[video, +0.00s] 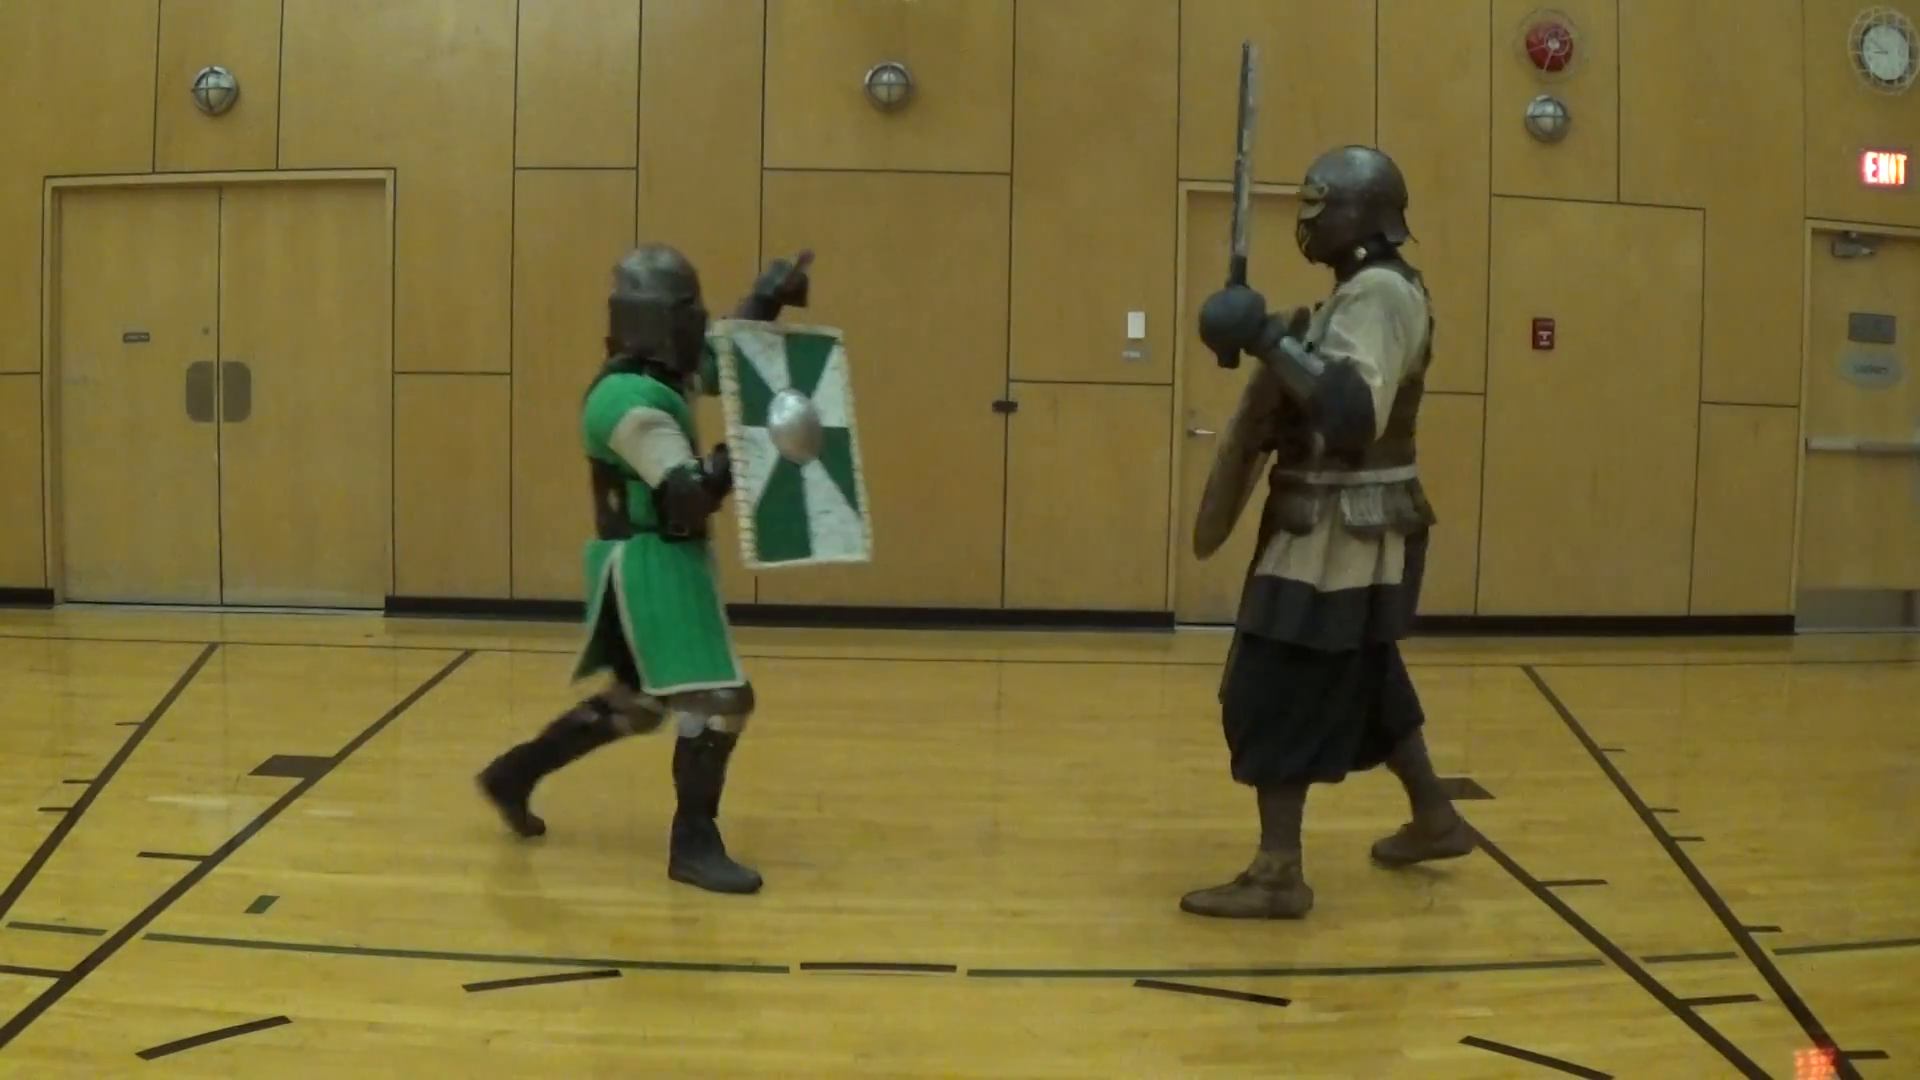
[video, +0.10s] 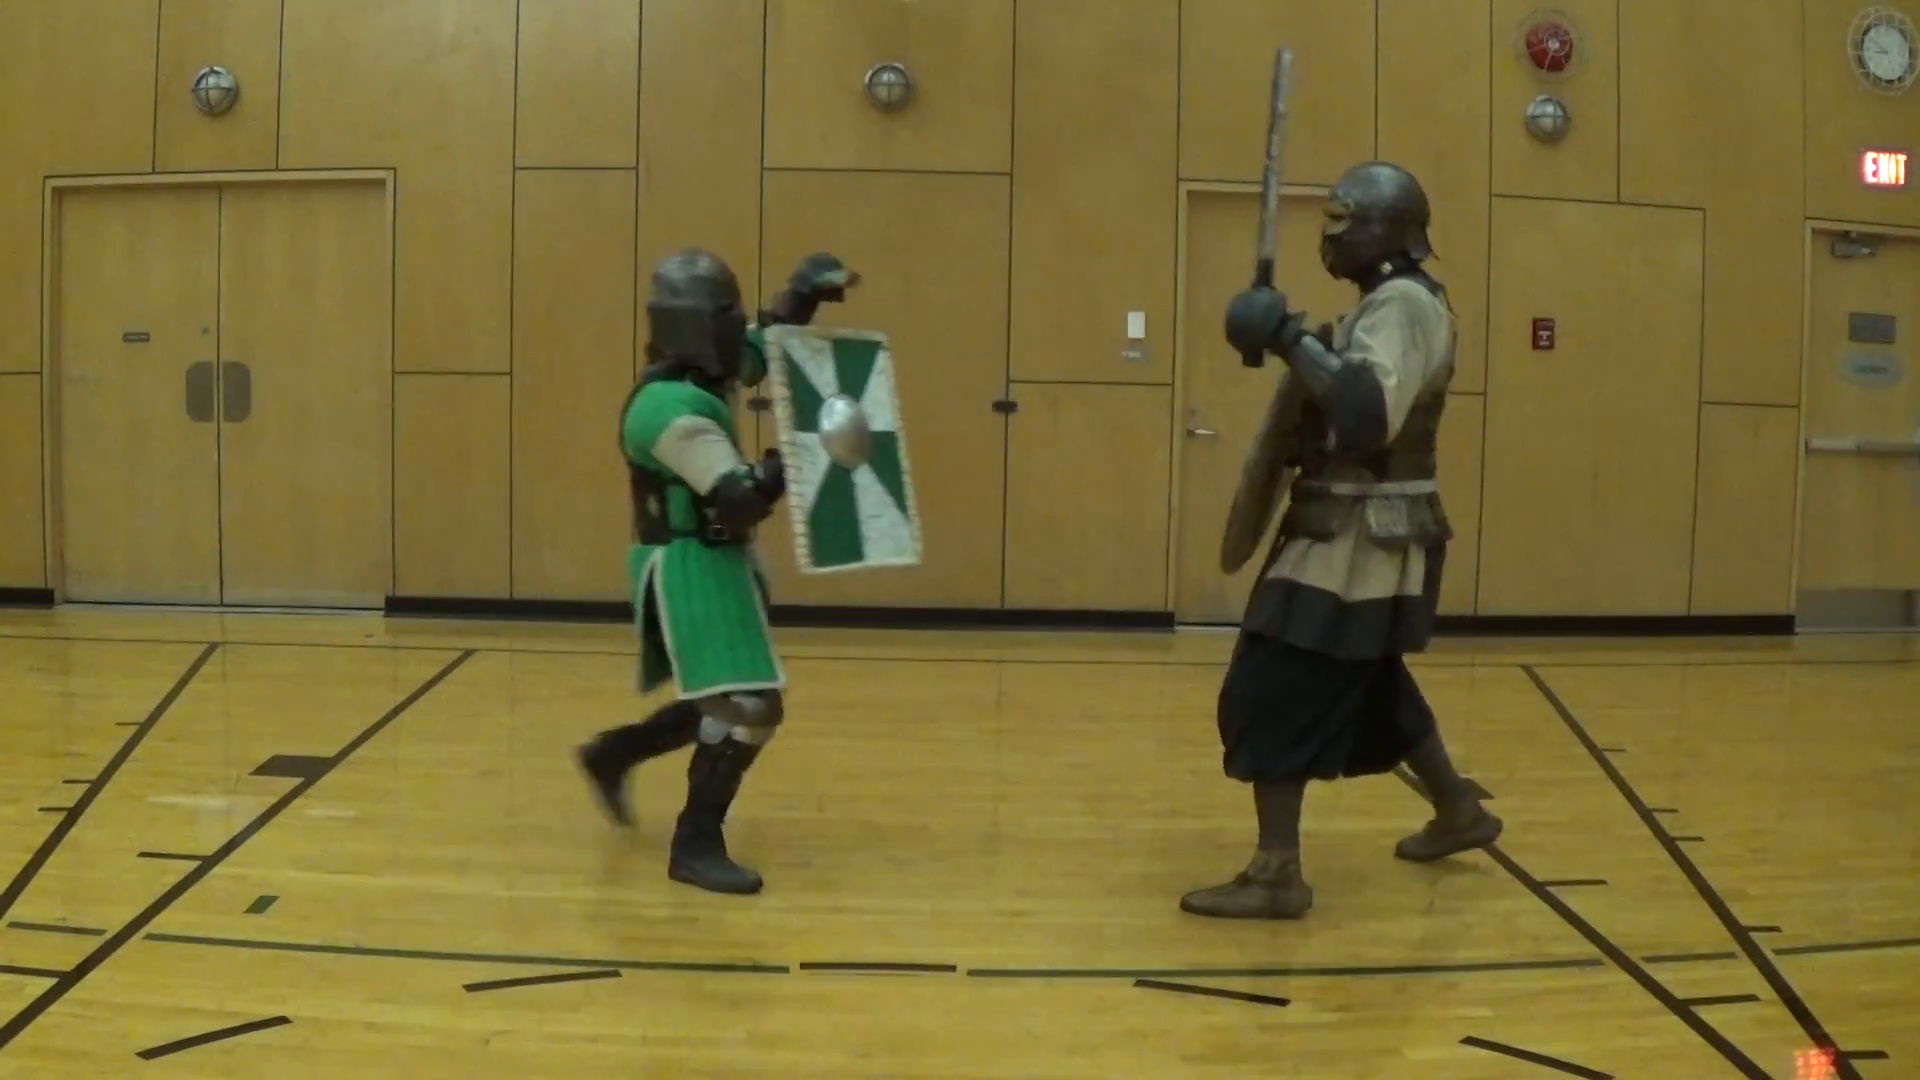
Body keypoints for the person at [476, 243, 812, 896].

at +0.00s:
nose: (698, 324)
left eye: (694, 312)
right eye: (689, 313)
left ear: (632, 320)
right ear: (664, 322)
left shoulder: (659, 380)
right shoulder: (629, 399)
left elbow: (725, 362)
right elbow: (687, 499)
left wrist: (762, 306)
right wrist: (755, 440)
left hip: (651, 562)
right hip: (653, 564)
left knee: (643, 702)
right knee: (719, 701)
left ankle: (514, 773)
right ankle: (695, 847)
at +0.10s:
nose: (734, 326)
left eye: (732, 316)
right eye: (723, 316)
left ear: (676, 327)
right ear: (692, 327)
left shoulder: (708, 379)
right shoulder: (667, 407)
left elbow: (764, 345)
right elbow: (737, 503)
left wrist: (801, 295)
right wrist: (810, 449)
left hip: (714, 559)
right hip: (687, 564)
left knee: (742, 699)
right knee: (747, 706)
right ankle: (697, 846)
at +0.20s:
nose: (779, 339)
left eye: (777, 329)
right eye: (771, 329)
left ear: (722, 333)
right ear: (744, 338)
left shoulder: (739, 394)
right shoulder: (716, 416)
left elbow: (785, 343)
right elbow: (786, 507)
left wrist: (822, 284)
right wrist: (860, 454)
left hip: (766, 565)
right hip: (732, 573)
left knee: (843, 669)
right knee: (774, 711)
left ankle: (757, 782)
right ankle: (700, 843)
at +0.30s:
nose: (830, 347)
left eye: (829, 336)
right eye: (822, 335)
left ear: (773, 337)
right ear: (797, 341)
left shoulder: (789, 402)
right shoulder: (768, 416)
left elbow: (819, 347)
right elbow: (837, 505)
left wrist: (856, 286)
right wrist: (913, 453)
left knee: (912, 660)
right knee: (797, 724)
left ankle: (897, 792)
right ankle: (703, 843)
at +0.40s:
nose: (882, 343)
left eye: (881, 333)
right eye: (873, 331)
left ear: (817, 339)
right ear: (845, 338)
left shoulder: (842, 398)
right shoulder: (822, 409)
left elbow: (872, 355)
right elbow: (887, 500)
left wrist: (909, 303)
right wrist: (958, 452)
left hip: (874, 562)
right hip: (835, 569)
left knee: (952, 671)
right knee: (865, 715)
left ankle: (901, 793)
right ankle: (748, 818)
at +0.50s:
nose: (922, 344)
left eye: (919, 335)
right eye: (914, 334)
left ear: (867, 336)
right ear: (892, 337)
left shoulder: (880, 394)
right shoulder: (861, 403)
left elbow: (923, 369)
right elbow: (916, 495)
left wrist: (960, 311)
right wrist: (995, 456)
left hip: (890, 556)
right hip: (861, 561)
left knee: (969, 672)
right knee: (952, 678)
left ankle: (903, 788)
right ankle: (879, 794)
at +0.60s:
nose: (957, 336)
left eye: (955, 327)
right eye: (951, 325)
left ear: (893, 328)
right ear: (930, 329)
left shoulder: (905, 388)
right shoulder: (898, 397)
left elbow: (959, 371)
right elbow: (941, 498)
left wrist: (1000, 305)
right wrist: (1016, 457)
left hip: (907, 553)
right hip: (902, 559)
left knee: (973, 670)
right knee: (997, 665)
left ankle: (902, 788)